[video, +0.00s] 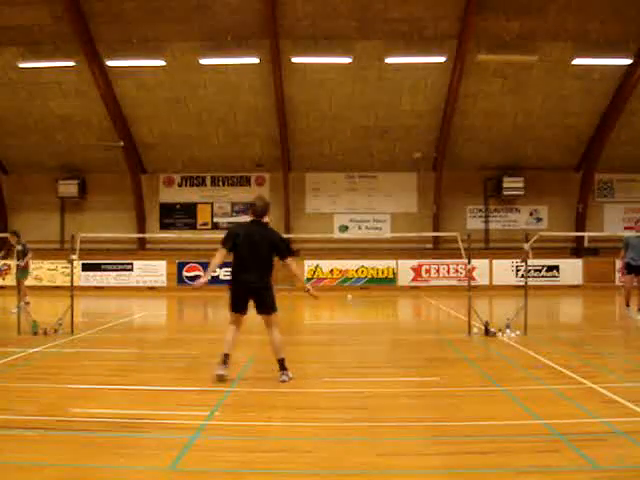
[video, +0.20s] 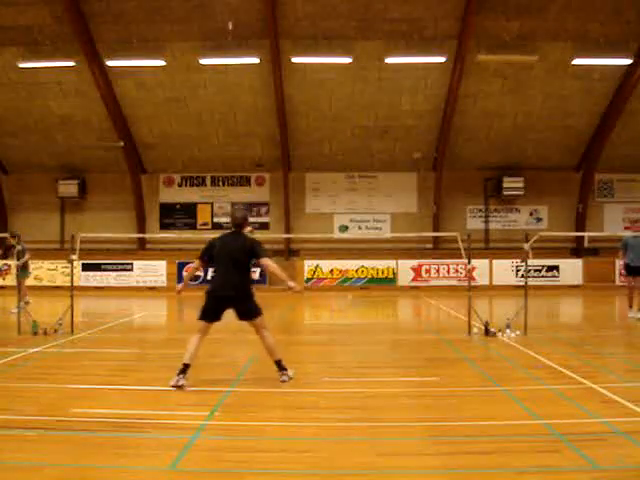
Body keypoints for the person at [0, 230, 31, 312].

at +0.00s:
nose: (10, 240)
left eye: (11, 238)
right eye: (9, 238)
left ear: (16, 237)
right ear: (11, 238)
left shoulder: (23, 246)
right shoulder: (16, 247)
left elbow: (29, 254)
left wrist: (24, 262)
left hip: (23, 268)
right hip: (19, 267)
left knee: (20, 285)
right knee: (20, 284)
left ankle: (19, 304)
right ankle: (25, 299)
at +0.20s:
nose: (9, 241)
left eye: (11, 239)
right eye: (9, 239)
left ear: (16, 239)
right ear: (14, 239)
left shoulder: (21, 247)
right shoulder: (16, 248)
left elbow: (27, 256)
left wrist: (19, 263)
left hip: (23, 270)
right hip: (19, 269)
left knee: (21, 286)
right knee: (21, 285)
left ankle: (20, 305)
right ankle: (26, 299)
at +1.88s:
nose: (18, 237)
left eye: (20, 235)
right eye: (17, 235)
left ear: (24, 236)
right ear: (17, 236)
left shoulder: (28, 245)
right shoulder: (19, 245)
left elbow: (33, 252)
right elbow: (9, 246)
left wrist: (28, 259)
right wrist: (2, 250)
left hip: (31, 266)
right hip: (27, 266)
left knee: (28, 284)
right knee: (27, 283)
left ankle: (28, 303)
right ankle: (33, 297)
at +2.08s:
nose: (26, 235)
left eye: (27, 233)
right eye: (25, 233)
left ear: (32, 234)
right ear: (24, 235)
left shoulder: (36, 243)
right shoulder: (26, 243)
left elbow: (42, 250)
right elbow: (17, 245)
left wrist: (37, 255)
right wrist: (8, 249)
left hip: (39, 265)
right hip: (34, 265)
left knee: (35, 283)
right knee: (34, 283)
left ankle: (35, 302)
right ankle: (40, 296)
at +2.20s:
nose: (33, 234)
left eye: (35, 231)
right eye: (32, 231)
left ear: (39, 232)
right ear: (31, 232)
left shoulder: (44, 240)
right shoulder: (32, 241)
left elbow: (52, 248)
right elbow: (24, 245)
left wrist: (44, 252)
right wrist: (14, 247)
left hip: (46, 263)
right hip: (40, 263)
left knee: (40, 280)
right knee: (39, 279)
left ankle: (41, 301)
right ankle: (47, 294)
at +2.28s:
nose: (41, 233)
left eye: (43, 231)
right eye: (41, 231)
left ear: (48, 232)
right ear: (41, 232)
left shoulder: (52, 241)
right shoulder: (43, 241)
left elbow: (61, 249)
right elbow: (36, 247)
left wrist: (51, 250)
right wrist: (26, 246)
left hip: (54, 264)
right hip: (49, 263)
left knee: (45, 280)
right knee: (45, 279)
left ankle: (47, 300)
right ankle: (54, 293)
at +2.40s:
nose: (50, 234)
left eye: (52, 232)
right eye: (50, 232)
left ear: (56, 233)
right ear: (49, 234)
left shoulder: (60, 242)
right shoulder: (50, 242)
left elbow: (66, 250)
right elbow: (44, 240)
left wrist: (56, 246)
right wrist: (39, 232)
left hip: (57, 264)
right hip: (50, 264)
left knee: (48, 279)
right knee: (46, 279)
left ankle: (49, 299)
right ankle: (54, 294)